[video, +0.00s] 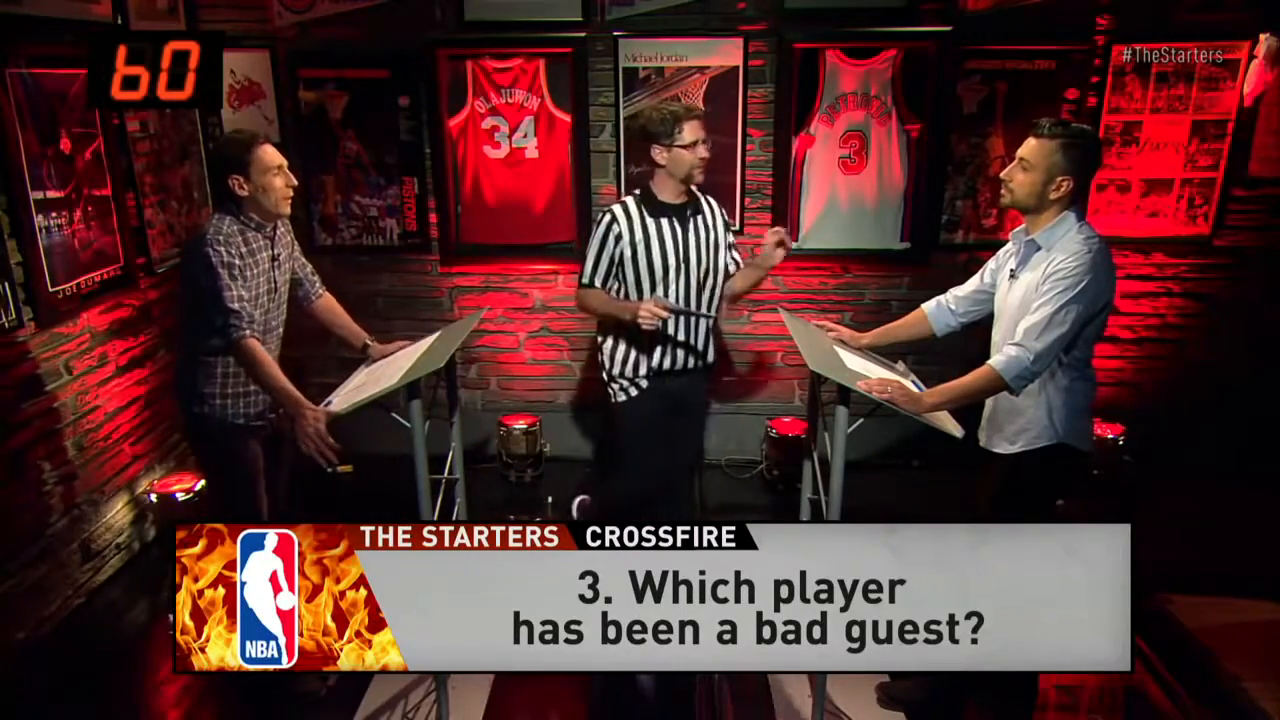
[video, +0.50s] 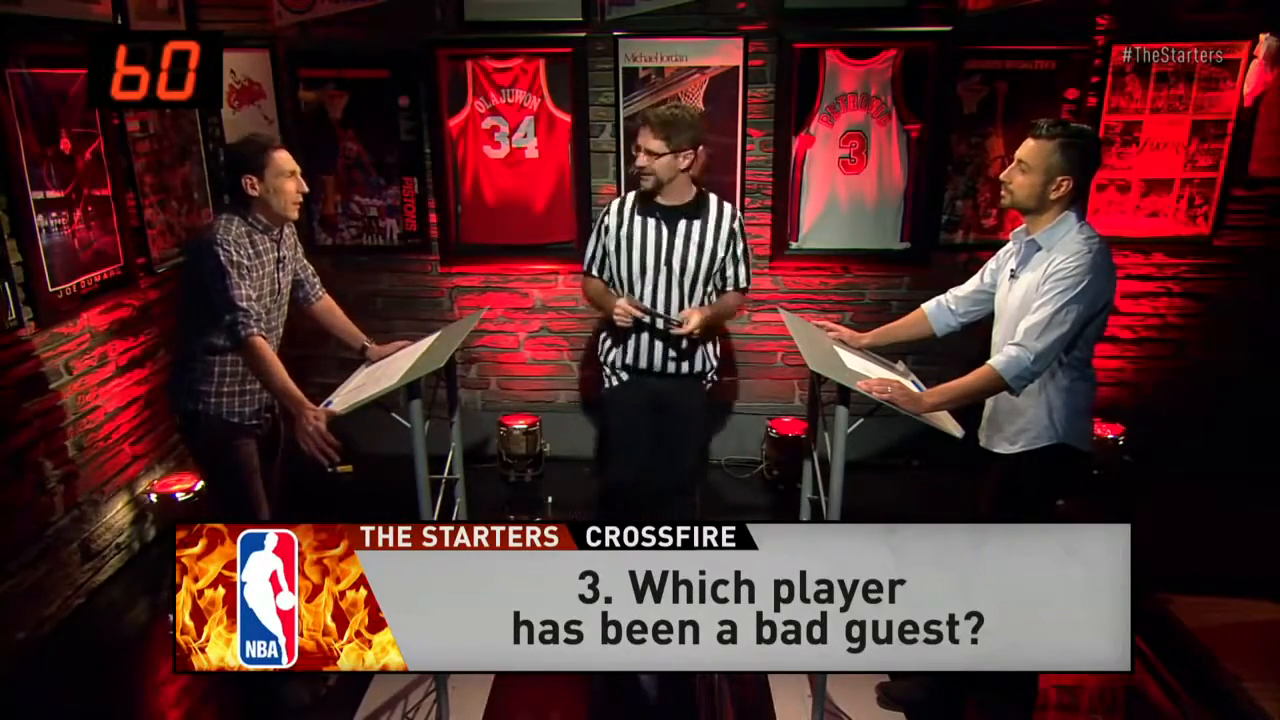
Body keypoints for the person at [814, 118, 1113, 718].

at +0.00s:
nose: (1007, 172)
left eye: (1023, 167)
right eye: (1013, 161)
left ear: (1059, 188)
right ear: (1048, 183)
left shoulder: (1082, 259)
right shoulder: (1024, 244)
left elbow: (1022, 361)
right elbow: (954, 307)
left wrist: (927, 398)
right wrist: (868, 339)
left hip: (1041, 444)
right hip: (1000, 432)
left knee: (1007, 577)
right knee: (977, 562)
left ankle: (997, 702)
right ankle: (942, 679)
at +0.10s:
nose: (1007, 172)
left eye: (1023, 167)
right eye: (1013, 161)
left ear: (1059, 188)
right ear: (1048, 183)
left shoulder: (1082, 259)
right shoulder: (1024, 244)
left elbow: (1022, 361)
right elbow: (954, 307)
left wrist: (927, 398)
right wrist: (868, 339)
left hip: (1041, 444)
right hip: (1000, 432)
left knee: (1007, 577)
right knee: (977, 562)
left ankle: (997, 702)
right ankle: (942, 679)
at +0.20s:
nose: (1006, 172)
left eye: (1022, 167)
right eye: (1013, 161)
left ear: (1059, 188)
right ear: (1048, 184)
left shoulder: (1082, 259)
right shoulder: (1025, 243)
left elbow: (1022, 361)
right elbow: (954, 306)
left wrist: (926, 398)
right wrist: (868, 339)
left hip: (1041, 444)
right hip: (1000, 432)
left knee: (1006, 578)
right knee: (974, 560)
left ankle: (999, 703)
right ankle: (940, 681)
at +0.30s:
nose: (1006, 172)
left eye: (1022, 167)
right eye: (1013, 161)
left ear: (1059, 188)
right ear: (1048, 184)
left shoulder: (1082, 259)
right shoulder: (1025, 243)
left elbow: (1022, 361)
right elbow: (954, 306)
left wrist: (926, 398)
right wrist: (868, 339)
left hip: (1041, 445)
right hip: (999, 432)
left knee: (1006, 579)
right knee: (973, 561)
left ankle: (998, 704)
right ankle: (940, 681)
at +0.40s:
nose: (1006, 172)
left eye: (1022, 167)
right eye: (1013, 161)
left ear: (1059, 188)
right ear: (1048, 184)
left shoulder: (1083, 259)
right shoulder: (1025, 243)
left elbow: (1022, 361)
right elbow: (954, 306)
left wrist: (926, 398)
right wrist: (867, 339)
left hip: (1041, 445)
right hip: (999, 432)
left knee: (1006, 578)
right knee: (973, 560)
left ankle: (998, 704)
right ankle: (940, 681)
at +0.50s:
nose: (1006, 174)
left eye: (1021, 168)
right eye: (1012, 163)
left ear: (1059, 188)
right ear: (1047, 184)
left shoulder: (1083, 259)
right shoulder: (1025, 243)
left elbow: (1022, 361)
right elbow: (954, 306)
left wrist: (926, 398)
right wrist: (867, 339)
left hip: (1041, 445)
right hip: (999, 432)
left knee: (1007, 578)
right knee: (974, 561)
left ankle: (998, 704)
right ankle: (940, 681)